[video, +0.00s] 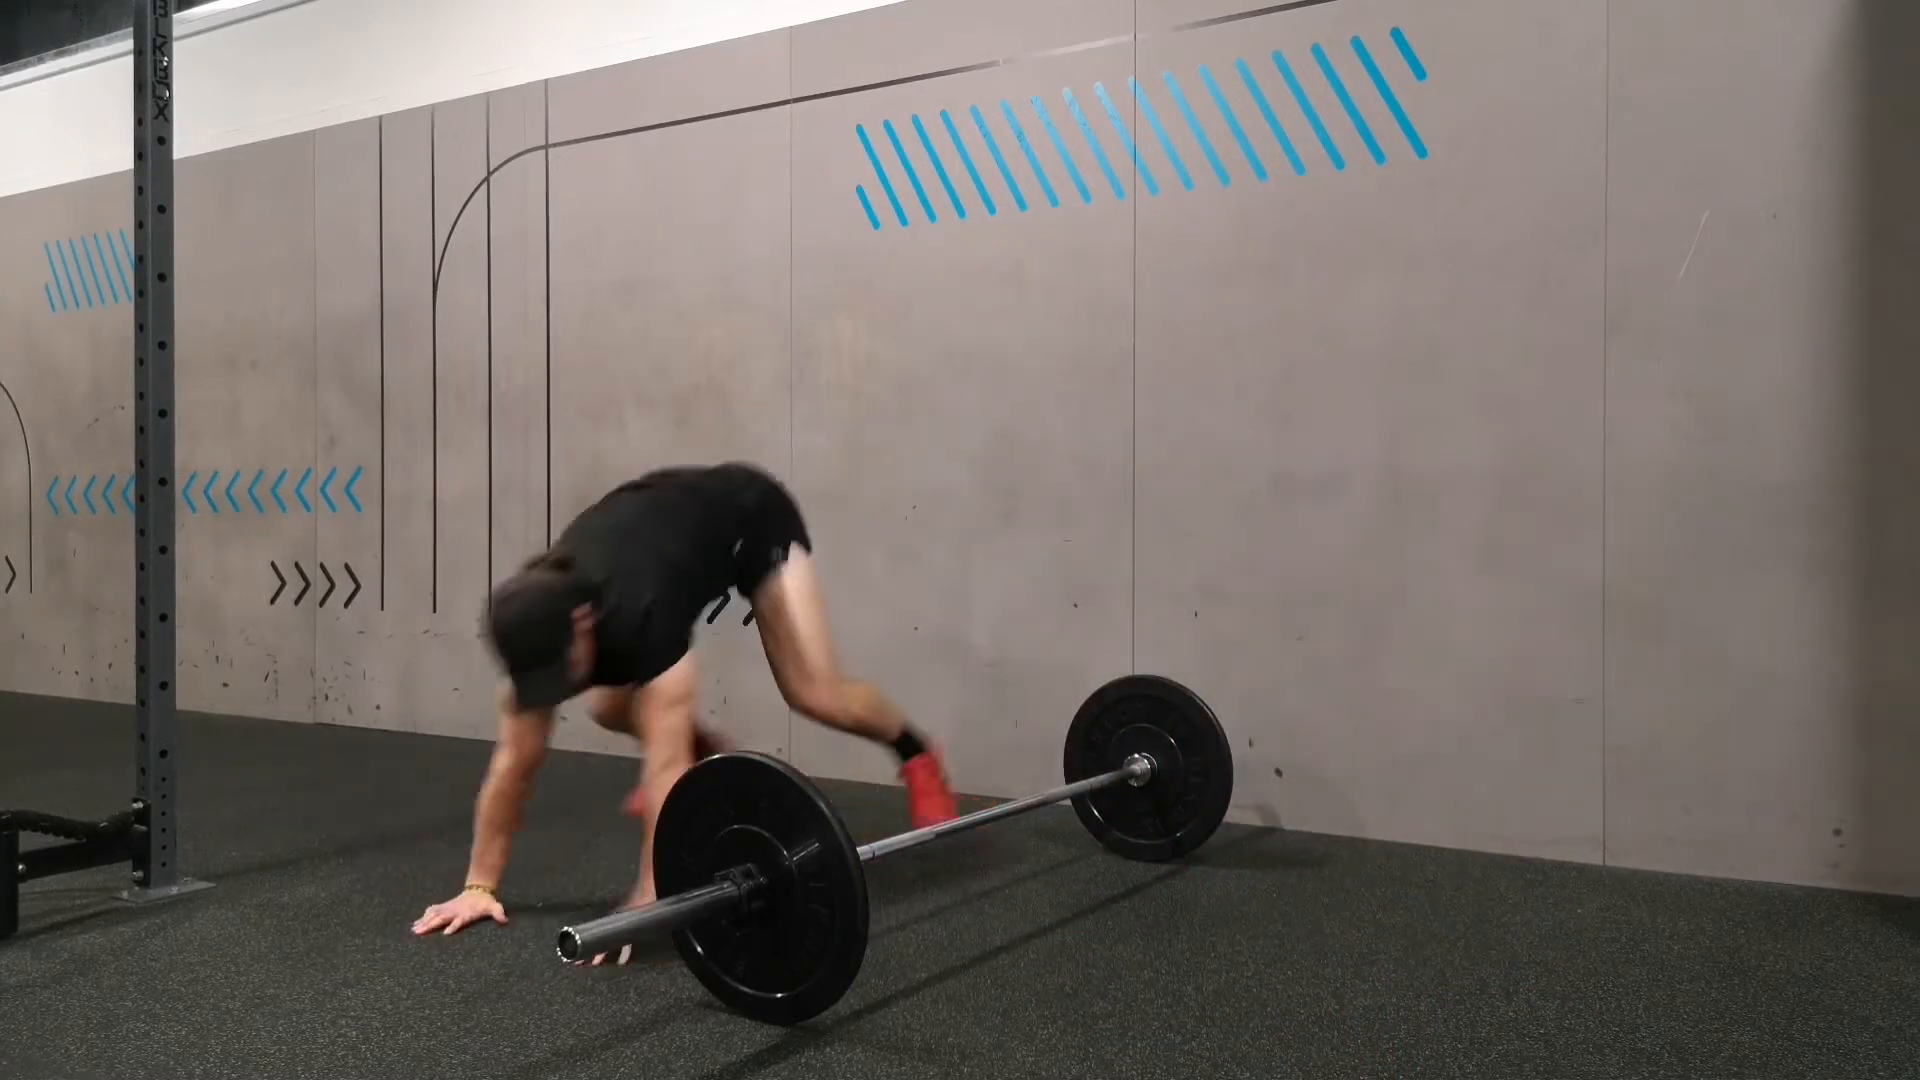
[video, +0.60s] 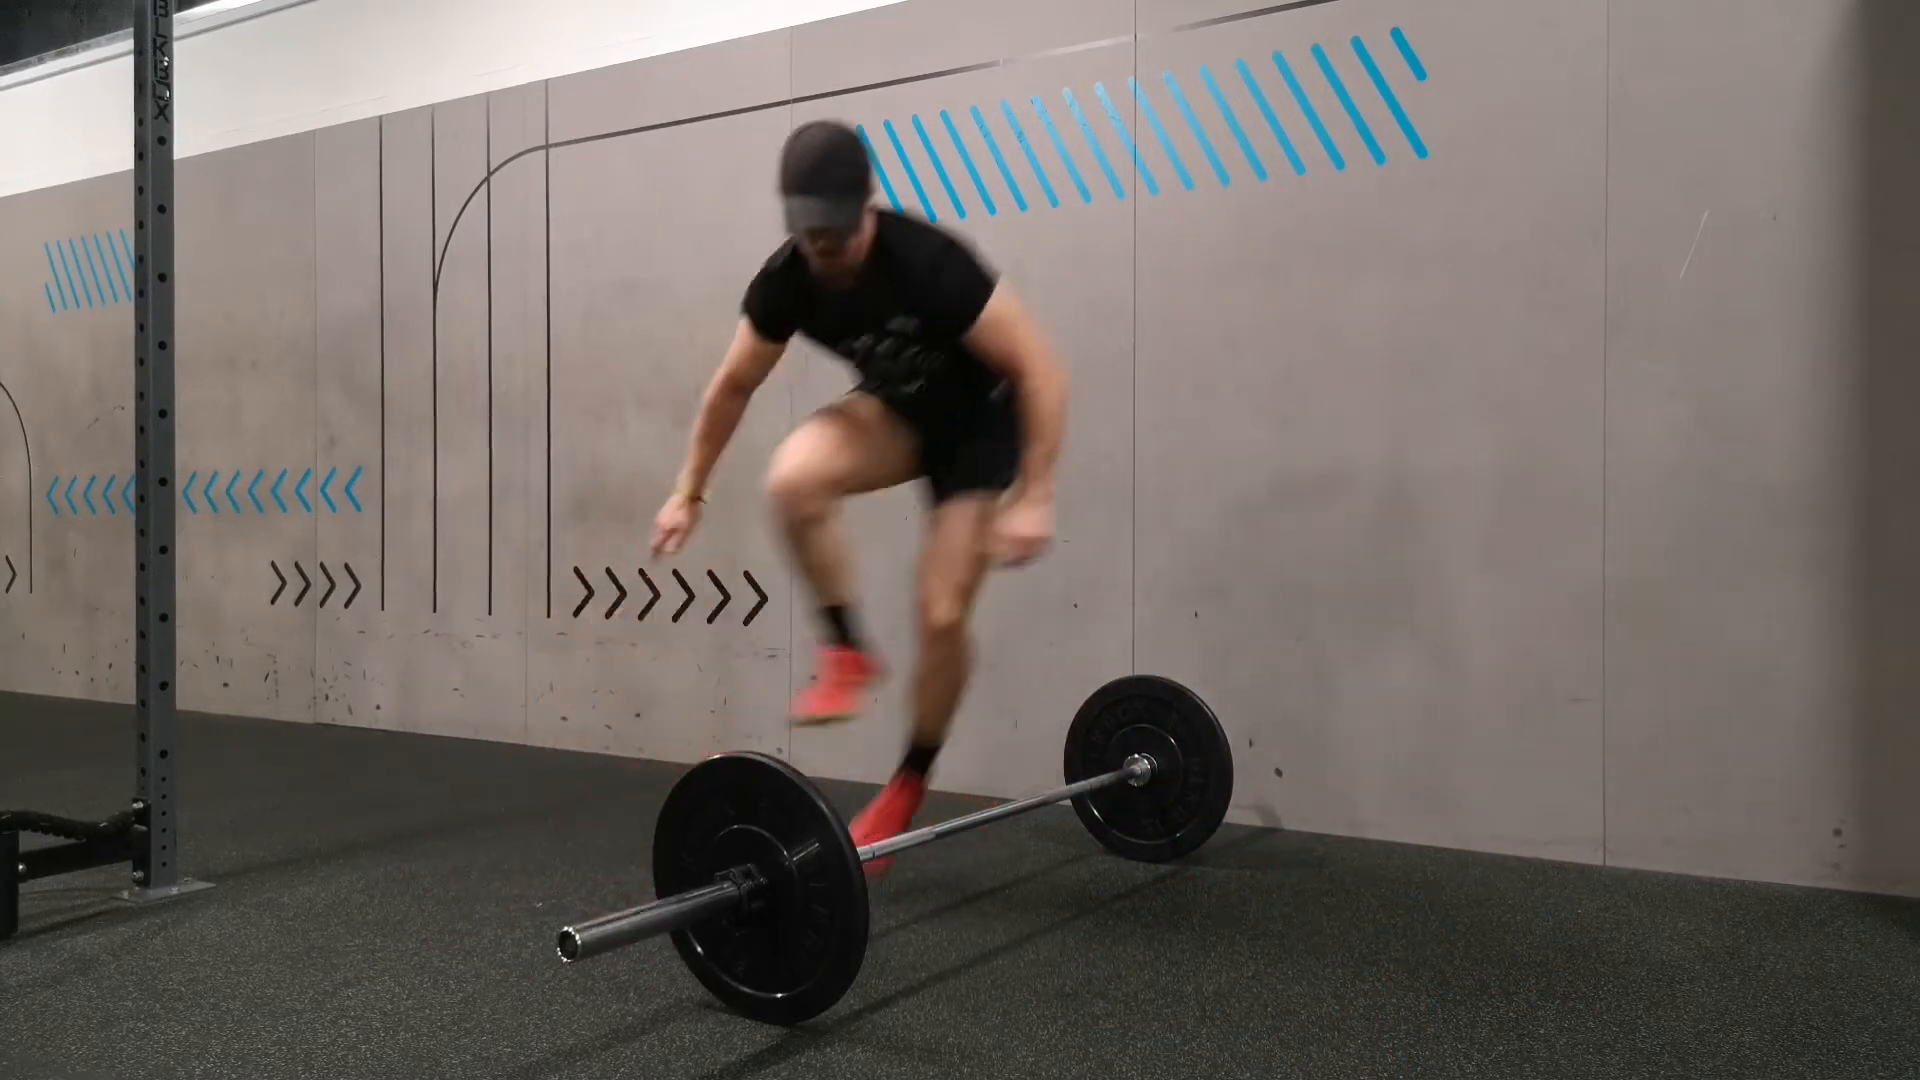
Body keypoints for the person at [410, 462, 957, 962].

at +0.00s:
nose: (564, 681)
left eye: (561, 669)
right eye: (548, 676)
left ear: (582, 623)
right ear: (516, 645)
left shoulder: (644, 607)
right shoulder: (534, 627)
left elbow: (669, 775)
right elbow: (512, 765)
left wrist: (644, 901)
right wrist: (480, 887)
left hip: (749, 513)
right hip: (664, 518)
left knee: (815, 695)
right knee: (612, 704)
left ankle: (916, 750)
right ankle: (710, 755)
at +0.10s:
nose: (596, 663)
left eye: (607, 646)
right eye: (582, 652)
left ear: (638, 591)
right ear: (557, 607)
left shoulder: (694, 589)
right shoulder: (568, 618)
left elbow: (719, 730)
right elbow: (538, 748)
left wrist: (670, 842)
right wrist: (483, 874)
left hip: (764, 518)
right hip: (664, 510)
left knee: (786, 658)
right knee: (583, 687)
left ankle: (869, 805)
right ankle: (604, 810)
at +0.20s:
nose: (642, 611)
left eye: (657, 600)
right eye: (637, 601)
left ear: (687, 558)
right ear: (615, 557)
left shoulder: (741, 554)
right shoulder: (594, 568)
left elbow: (766, 699)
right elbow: (545, 698)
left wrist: (694, 807)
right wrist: (499, 827)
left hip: (778, 572)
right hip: (676, 582)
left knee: (792, 694)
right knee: (581, 714)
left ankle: (859, 840)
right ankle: (602, 821)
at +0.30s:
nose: (713, 491)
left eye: (724, 479)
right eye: (701, 479)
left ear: (748, 459)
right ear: (680, 458)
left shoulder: (792, 479)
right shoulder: (658, 483)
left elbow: (812, 644)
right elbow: (591, 602)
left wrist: (747, 751)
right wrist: (554, 712)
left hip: (804, 579)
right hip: (713, 576)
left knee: (829, 705)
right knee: (609, 712)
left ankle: (860, 845)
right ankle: (602, 819)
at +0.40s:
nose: (776, 391)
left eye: (788, 377)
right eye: (763, 377)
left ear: (811, 357)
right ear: (742, 358)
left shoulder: (856, 399)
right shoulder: (722, 394)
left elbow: (898, 553)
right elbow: (659, 481)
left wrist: (826, 655)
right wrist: (625, 573)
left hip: (849, 542)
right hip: (763, 530)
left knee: (852, 696)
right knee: (656, 666)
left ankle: (862, 842)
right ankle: (628, 786)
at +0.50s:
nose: (805, 301)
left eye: (817, 285)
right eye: (790, 286)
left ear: (842, 267)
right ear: (769, 269)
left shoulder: (893, 321)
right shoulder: (762, 319)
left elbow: (989, 445)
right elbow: (705, 410)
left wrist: (931, 553)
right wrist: (662, 506)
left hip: (913, 481)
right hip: (827, 461)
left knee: (875, 666)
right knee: (705, 579)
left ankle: (865, 836)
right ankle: (740, 701)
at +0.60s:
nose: (824, 249)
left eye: (837, 232)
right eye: (809, 234)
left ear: (868, 209)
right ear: (791, 219)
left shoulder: (926, 259)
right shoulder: (787, 283)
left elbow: (1042, 367)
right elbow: (732, 386)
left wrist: (1035, 494)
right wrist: (688, 493)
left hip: (983, 411)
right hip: (901, 407)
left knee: (941, 614)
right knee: (794, 482)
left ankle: (911, 781)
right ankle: (848, 651)